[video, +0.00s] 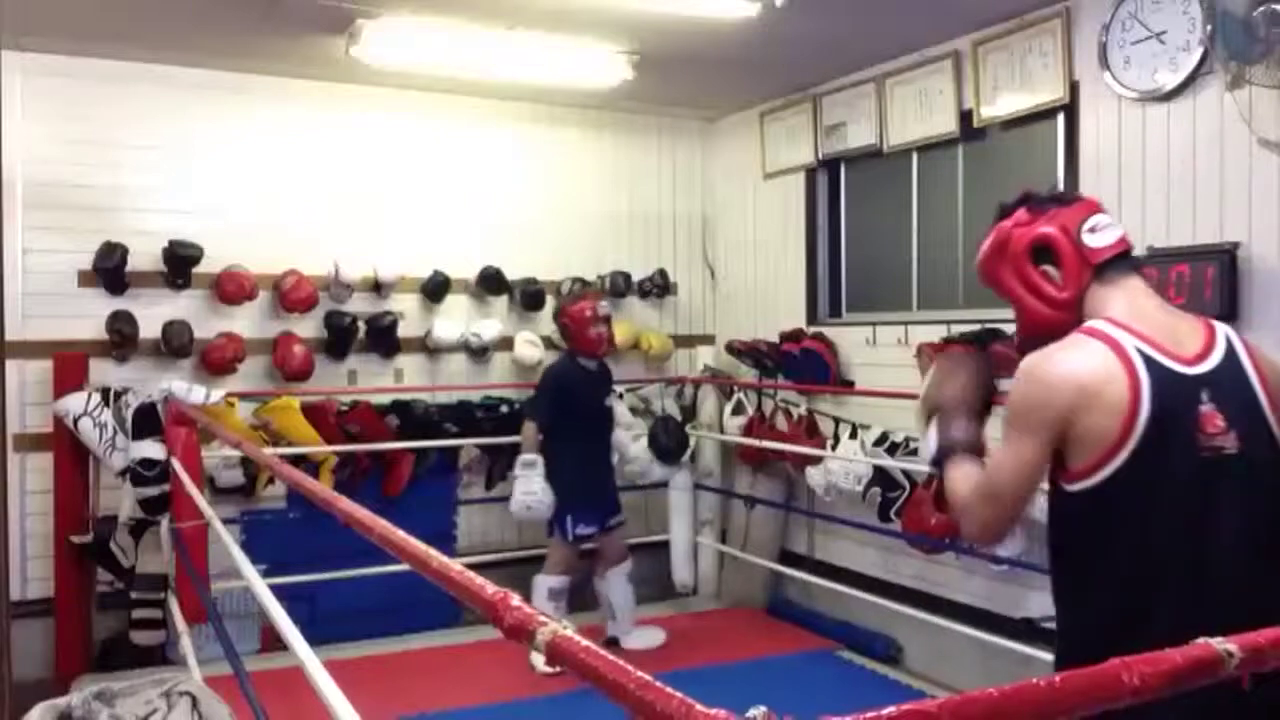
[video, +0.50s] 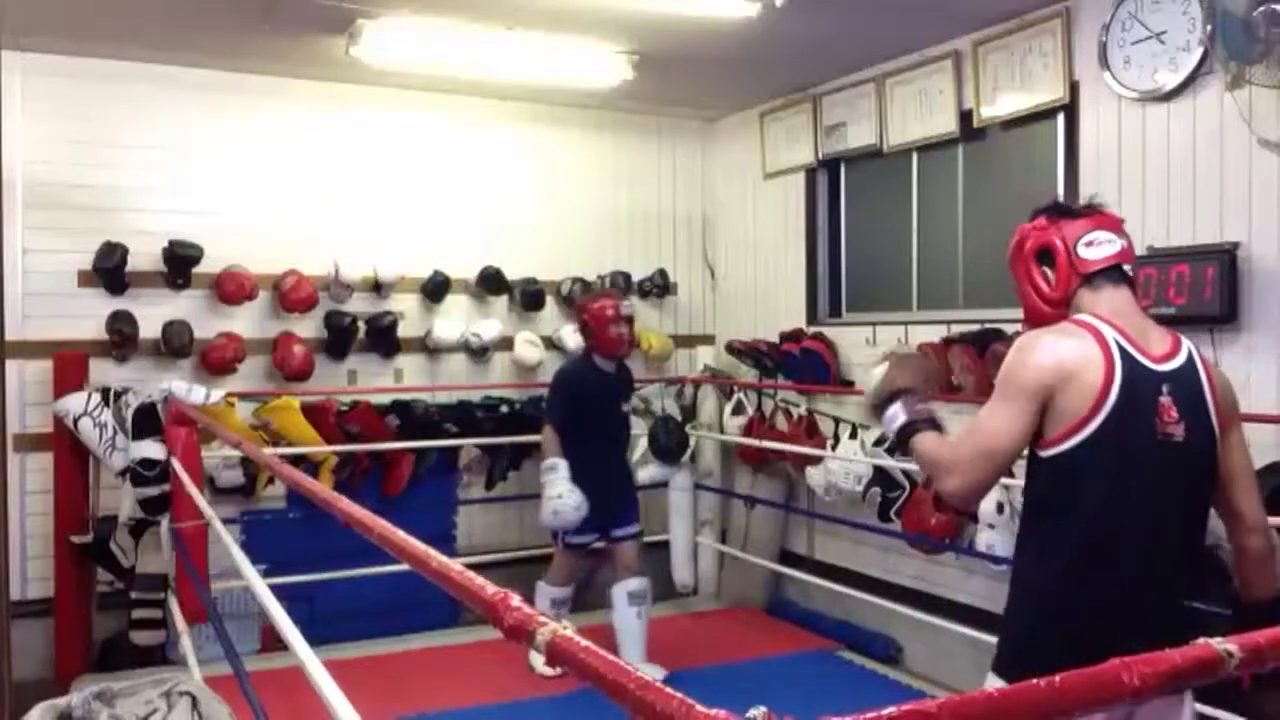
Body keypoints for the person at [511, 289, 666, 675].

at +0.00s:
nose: (603, 331)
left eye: (605, 323)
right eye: (595, 324)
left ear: (605, 326)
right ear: (572, 329)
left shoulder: (601, 371)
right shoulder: (558, 374)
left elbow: (604, 422)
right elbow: (531, 425)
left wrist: (634, 447)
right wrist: (530, 475)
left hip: (600, 478)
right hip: (568, 482)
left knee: (615, 552)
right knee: (560, 560)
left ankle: (622, 629)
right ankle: (543, 643)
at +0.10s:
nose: (601, 332)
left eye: (603, 323)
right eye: (592, 324)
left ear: (606, 328)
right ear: (571, 330)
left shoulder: (600, 371)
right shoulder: (555, 375)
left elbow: (597, 412)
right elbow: (528, 424)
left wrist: (632, 424)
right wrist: (523, 474)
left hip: (597, 472)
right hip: (561, 479)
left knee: (620, 550)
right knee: (559, 561)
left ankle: (624, 633)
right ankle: (543, 644)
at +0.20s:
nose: (603, 332)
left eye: (605, 323)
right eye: (594, 324)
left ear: (607, 327)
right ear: (572, 329)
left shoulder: (601, 371)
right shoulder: (555, 375)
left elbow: (596, 416)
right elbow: (529, 424)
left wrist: (630, 424)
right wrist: (525, 473)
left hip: (601, 477)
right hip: (563, 483)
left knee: (621, 553)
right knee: (556, 563)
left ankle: (627, 638)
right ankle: (543, 646)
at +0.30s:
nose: (608, 333)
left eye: (610, 324)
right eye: (599, 325)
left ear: (612, 328)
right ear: (577, 331)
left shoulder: (606, 373)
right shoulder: (560, 377)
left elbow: (597, 421)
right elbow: (533, 426)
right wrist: (534, 476)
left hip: (603, 475)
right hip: (565, 481)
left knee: (621, 553)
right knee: (557, 561)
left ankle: (632, 645)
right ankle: (543, 646)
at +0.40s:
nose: (613, 333)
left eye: (614, 324)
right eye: (603, 326)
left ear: (618, 327)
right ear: (582, 333)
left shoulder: (612, 374)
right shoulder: (565, 379)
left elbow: (604, 426)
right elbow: (542, 432)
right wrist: (545, 483)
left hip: (609, 477)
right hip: (571, 481)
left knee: (622, 560)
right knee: (561, 564)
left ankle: (633, 657)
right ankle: (542, 646)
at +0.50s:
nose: (622, 331)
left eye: (623, 322)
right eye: (612, 324)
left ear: (626, 326)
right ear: (591, 330)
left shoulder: (622, 375)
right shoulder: (571, 376)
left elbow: (613, 425)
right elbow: (550, 431)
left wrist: (622, 466)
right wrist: (556, 481)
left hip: (618, 478)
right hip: (580, 481)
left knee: (630, 564)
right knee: (566, 565)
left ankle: (634, 661)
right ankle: (542, 646)